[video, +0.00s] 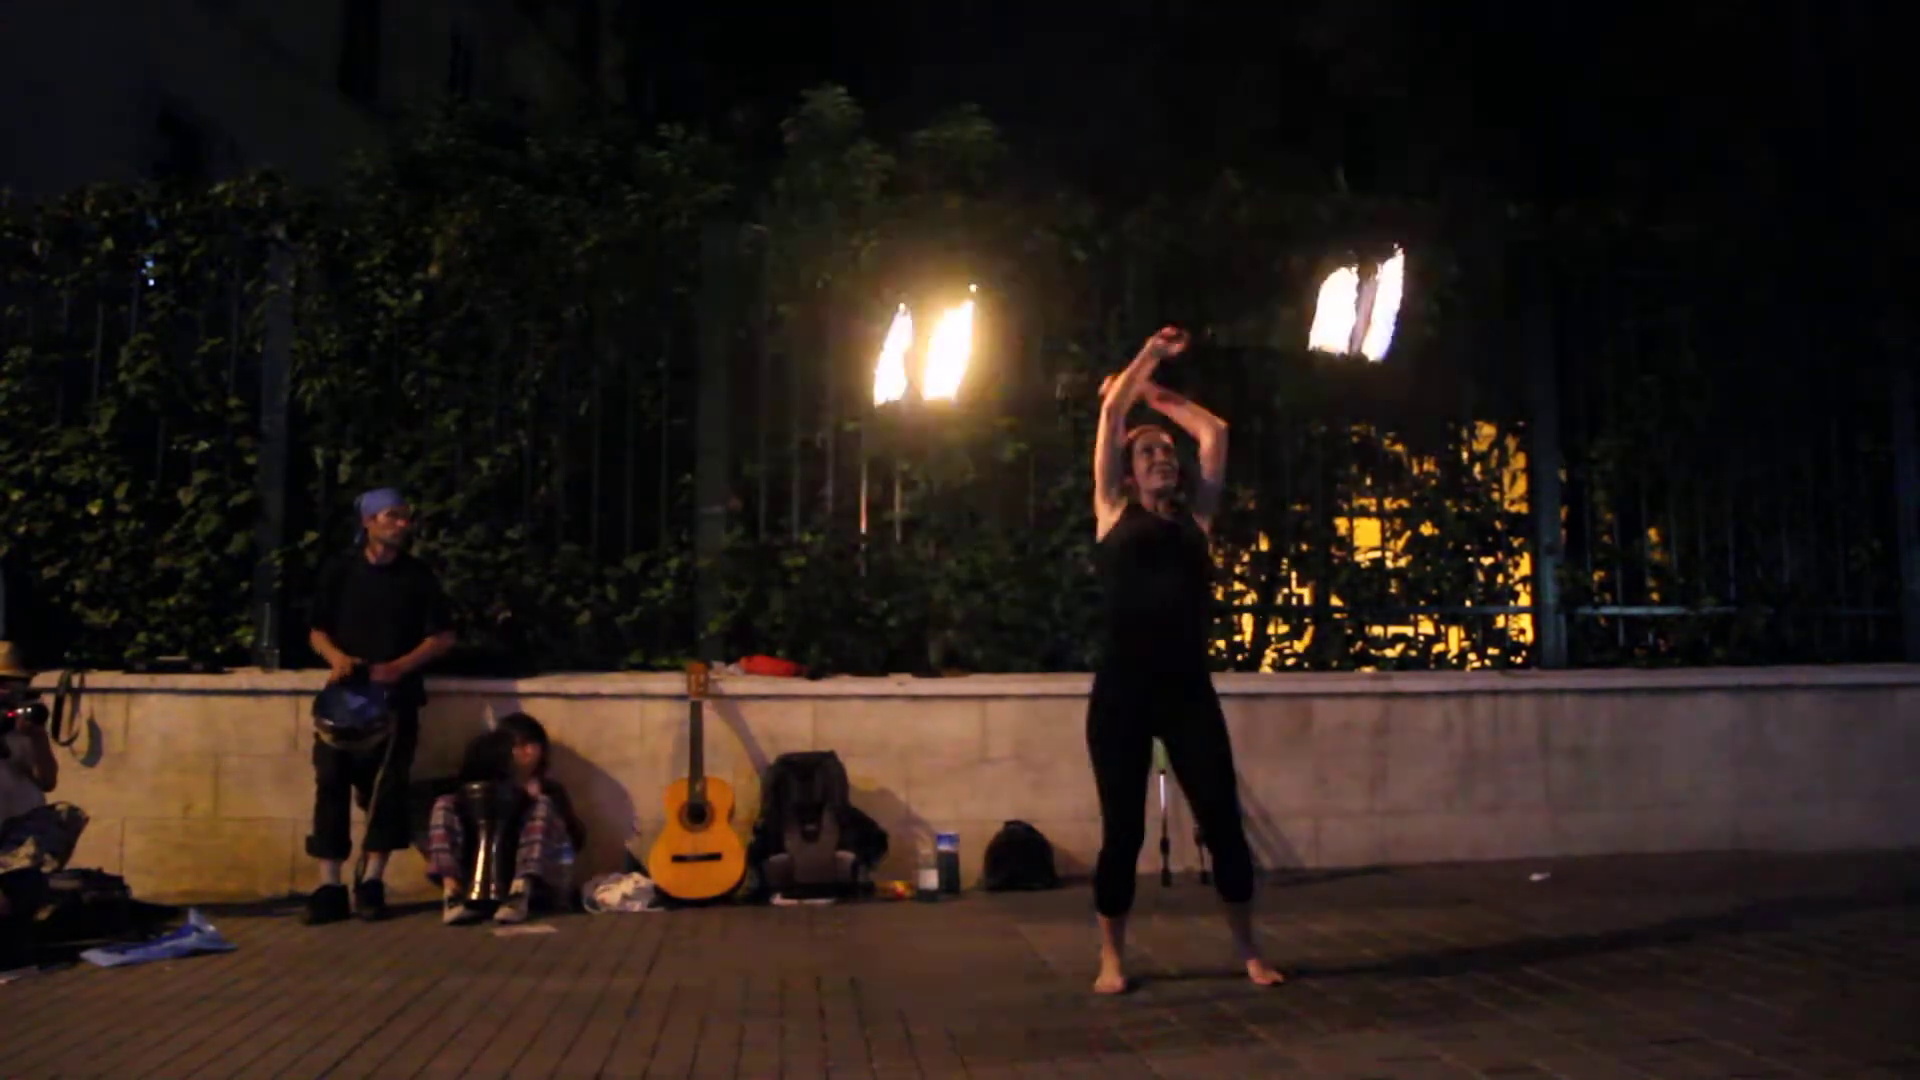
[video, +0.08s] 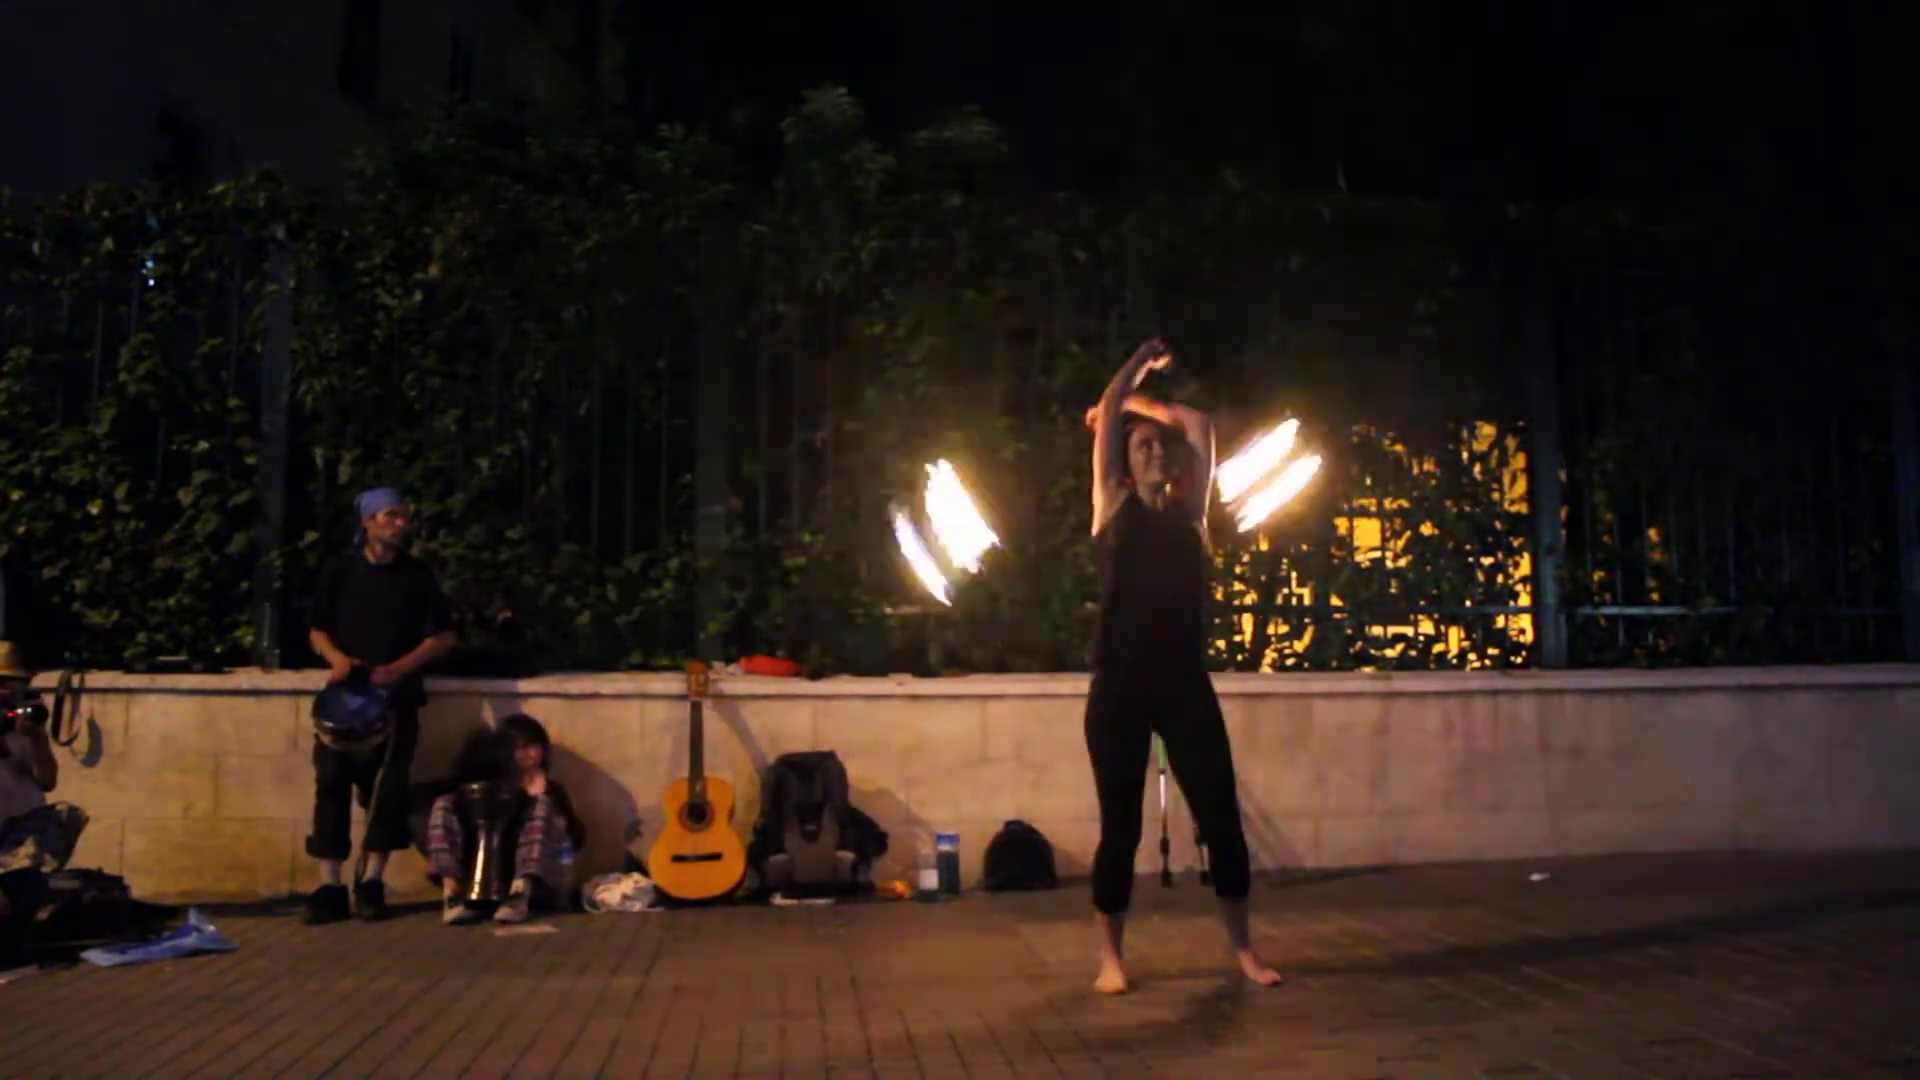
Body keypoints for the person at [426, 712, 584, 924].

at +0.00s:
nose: (528, 753)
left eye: (533, 745)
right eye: (519, 746)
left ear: (543, 750)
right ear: (504, 751)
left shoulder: (551, 789)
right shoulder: (488, 794)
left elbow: (576, 840)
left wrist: (541, 801)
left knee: (542, 806)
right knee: (444, 805)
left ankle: (521, 891)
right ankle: (452, 893)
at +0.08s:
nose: (531, 755)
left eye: (536, 747)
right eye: (523, 748)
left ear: (544, 751)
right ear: (506, 752)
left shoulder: (552, 790)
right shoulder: (490, 791)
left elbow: (577, 840)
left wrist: (542, 798)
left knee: (542, 806)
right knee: (443, 806)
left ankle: (521, 892)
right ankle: (451, 893)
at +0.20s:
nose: (524, 751)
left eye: (529, 744)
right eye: (516, 744)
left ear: (541, 749)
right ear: (503, 750)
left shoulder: (549, 788)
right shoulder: (487, 790)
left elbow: (577, 840)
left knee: (541, 804)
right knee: (442, 806)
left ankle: (521, 892)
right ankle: (451, 893)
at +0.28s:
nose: (527, 750)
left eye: (532, 743)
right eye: (518, 743)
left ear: (539, 748)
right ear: (502, 746)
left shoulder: (546, 787)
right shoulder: (484, 781)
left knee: (541, 804)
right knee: (443, 805)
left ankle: (521, 891)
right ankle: (451, 893)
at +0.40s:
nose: (526, 750)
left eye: (531, 743)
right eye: (517, 743)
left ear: (539, 749)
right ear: (500, 749)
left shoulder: (551, 789)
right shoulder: (488, 789)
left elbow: (574, 838)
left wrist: (539, 798)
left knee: (542, 806)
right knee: (444, 805)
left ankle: (521, 891)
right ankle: (451, 894)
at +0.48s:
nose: (528, 753)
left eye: (532, 746)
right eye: (520, 746)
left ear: (540, 751)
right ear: (501, 750)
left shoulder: (549, 789)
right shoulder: (485, 790)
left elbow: (576, 836)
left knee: (541, 805)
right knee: (443, 805)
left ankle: (521, 892)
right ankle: (451, 894)